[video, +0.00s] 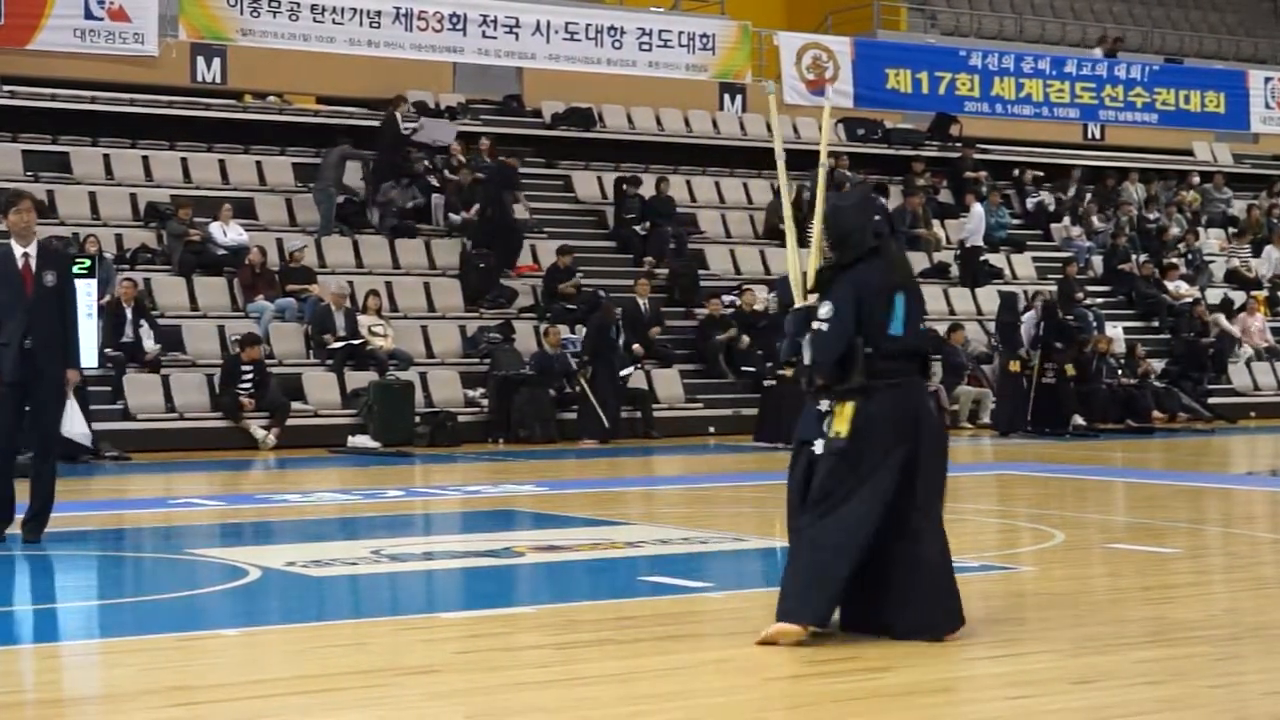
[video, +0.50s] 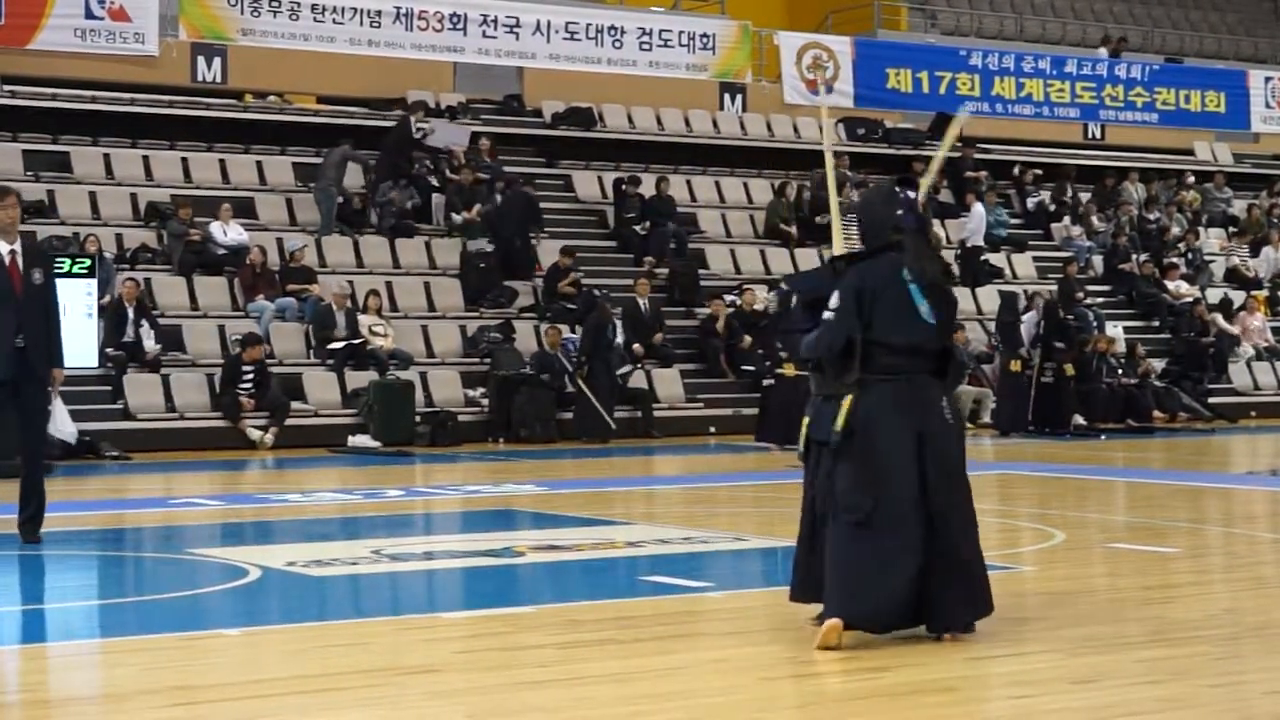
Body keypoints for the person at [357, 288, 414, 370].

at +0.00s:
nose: (376, 302)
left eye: (378, 299)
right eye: (373, 299)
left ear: (380, 302)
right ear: (366, 301)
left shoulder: (383, 318)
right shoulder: (360, 319)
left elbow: (390, 332)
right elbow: (363, 336)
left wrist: (388, 344)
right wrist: (379, 345)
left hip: (386, 345)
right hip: (372, 347)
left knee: (407, 358)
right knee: (383, 359)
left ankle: (394, 380)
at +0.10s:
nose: (376, 302)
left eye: (378, 299)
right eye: (373, 299)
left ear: (381, 302)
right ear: (366, 301)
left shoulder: (383, 318)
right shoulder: (360, 319)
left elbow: (390, 332)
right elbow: (364, 336)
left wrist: (389, 344)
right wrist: (379, 345)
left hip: (386, 345)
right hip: (372, 346)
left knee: (408, 358)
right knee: (383, 359)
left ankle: (395, 379)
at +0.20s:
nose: (377, 302)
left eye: (379, 300)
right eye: (374, 299)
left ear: (381, 302)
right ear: (367, 301)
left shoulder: (384, 319)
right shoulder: (361, 319)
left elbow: (391, 332)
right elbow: (364, 336)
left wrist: (389, 344)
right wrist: (380, 345)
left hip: (387, 346)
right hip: (372, 347)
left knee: (408, 358)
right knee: (383, 359)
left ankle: (396, 380)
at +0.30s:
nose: (376, 302)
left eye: (378, 299)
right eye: (373, 299)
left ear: (381, 302)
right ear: (366, 301)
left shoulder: (383, 319)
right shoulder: (360, 318)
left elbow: (390, 332)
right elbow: (364, 336)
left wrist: (388, 344)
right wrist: (380, 345)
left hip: (386, 345)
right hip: (372, 346)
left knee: (408, 357)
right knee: (383, 359)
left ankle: (396, 379)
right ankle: (384, 381)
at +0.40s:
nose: (376, 302)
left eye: (378, 299)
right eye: (373, 299)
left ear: (381, 302)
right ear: (366, 301)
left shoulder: (383, 319)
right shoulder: (360, 318)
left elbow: (390, 332)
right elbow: (364, 336)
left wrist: (388, 344)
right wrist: (379, 345)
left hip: (386, 345)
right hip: (372, 346)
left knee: (408, 357)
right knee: (383, 359)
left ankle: (396, 379)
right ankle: (384, 381)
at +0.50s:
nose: (376, 302)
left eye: (378, 299)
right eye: (373, 299)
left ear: (381, 302)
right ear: (366, 301)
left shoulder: (384, 318)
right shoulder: (360, 318)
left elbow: (390, 332)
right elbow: (364, 336)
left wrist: (388, 344)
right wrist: (379, 345)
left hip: (386, 345)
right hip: (372, 346)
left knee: (408, 357)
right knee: (383, 359)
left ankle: (396, 379)